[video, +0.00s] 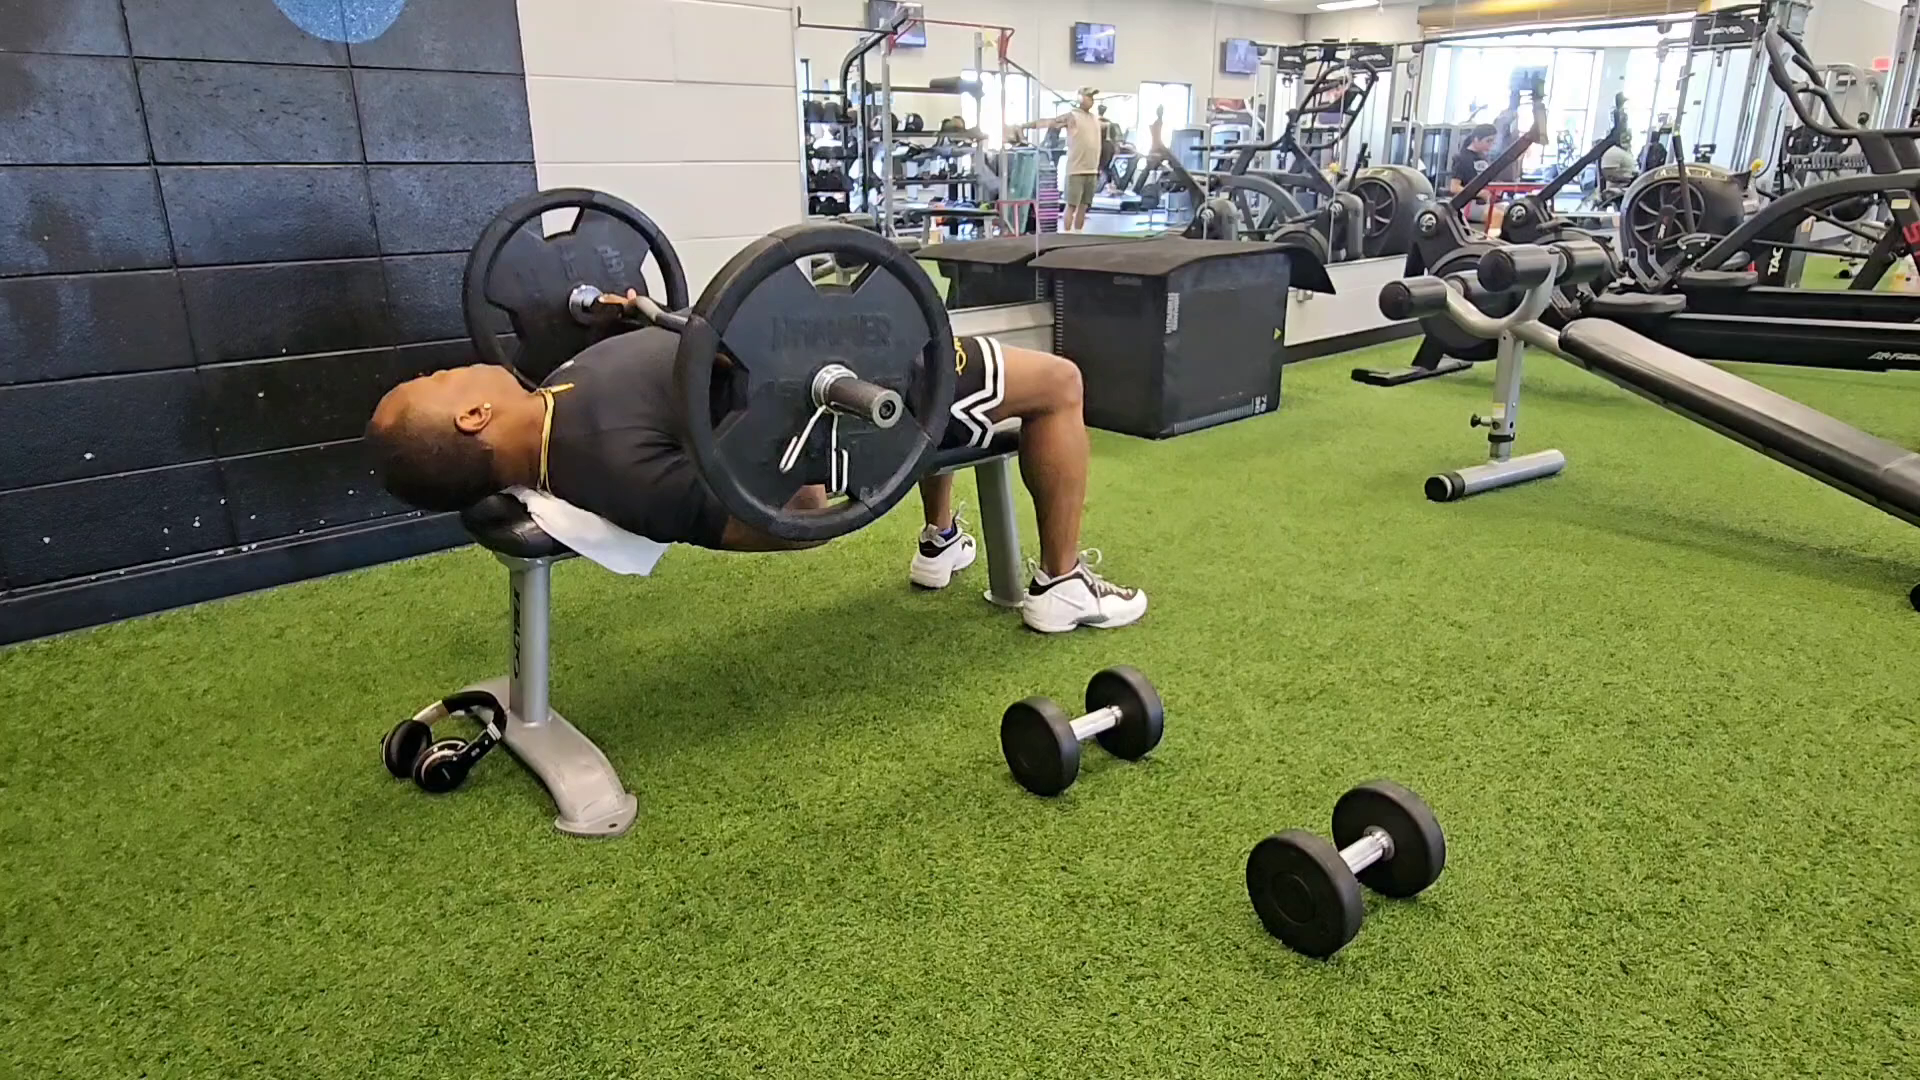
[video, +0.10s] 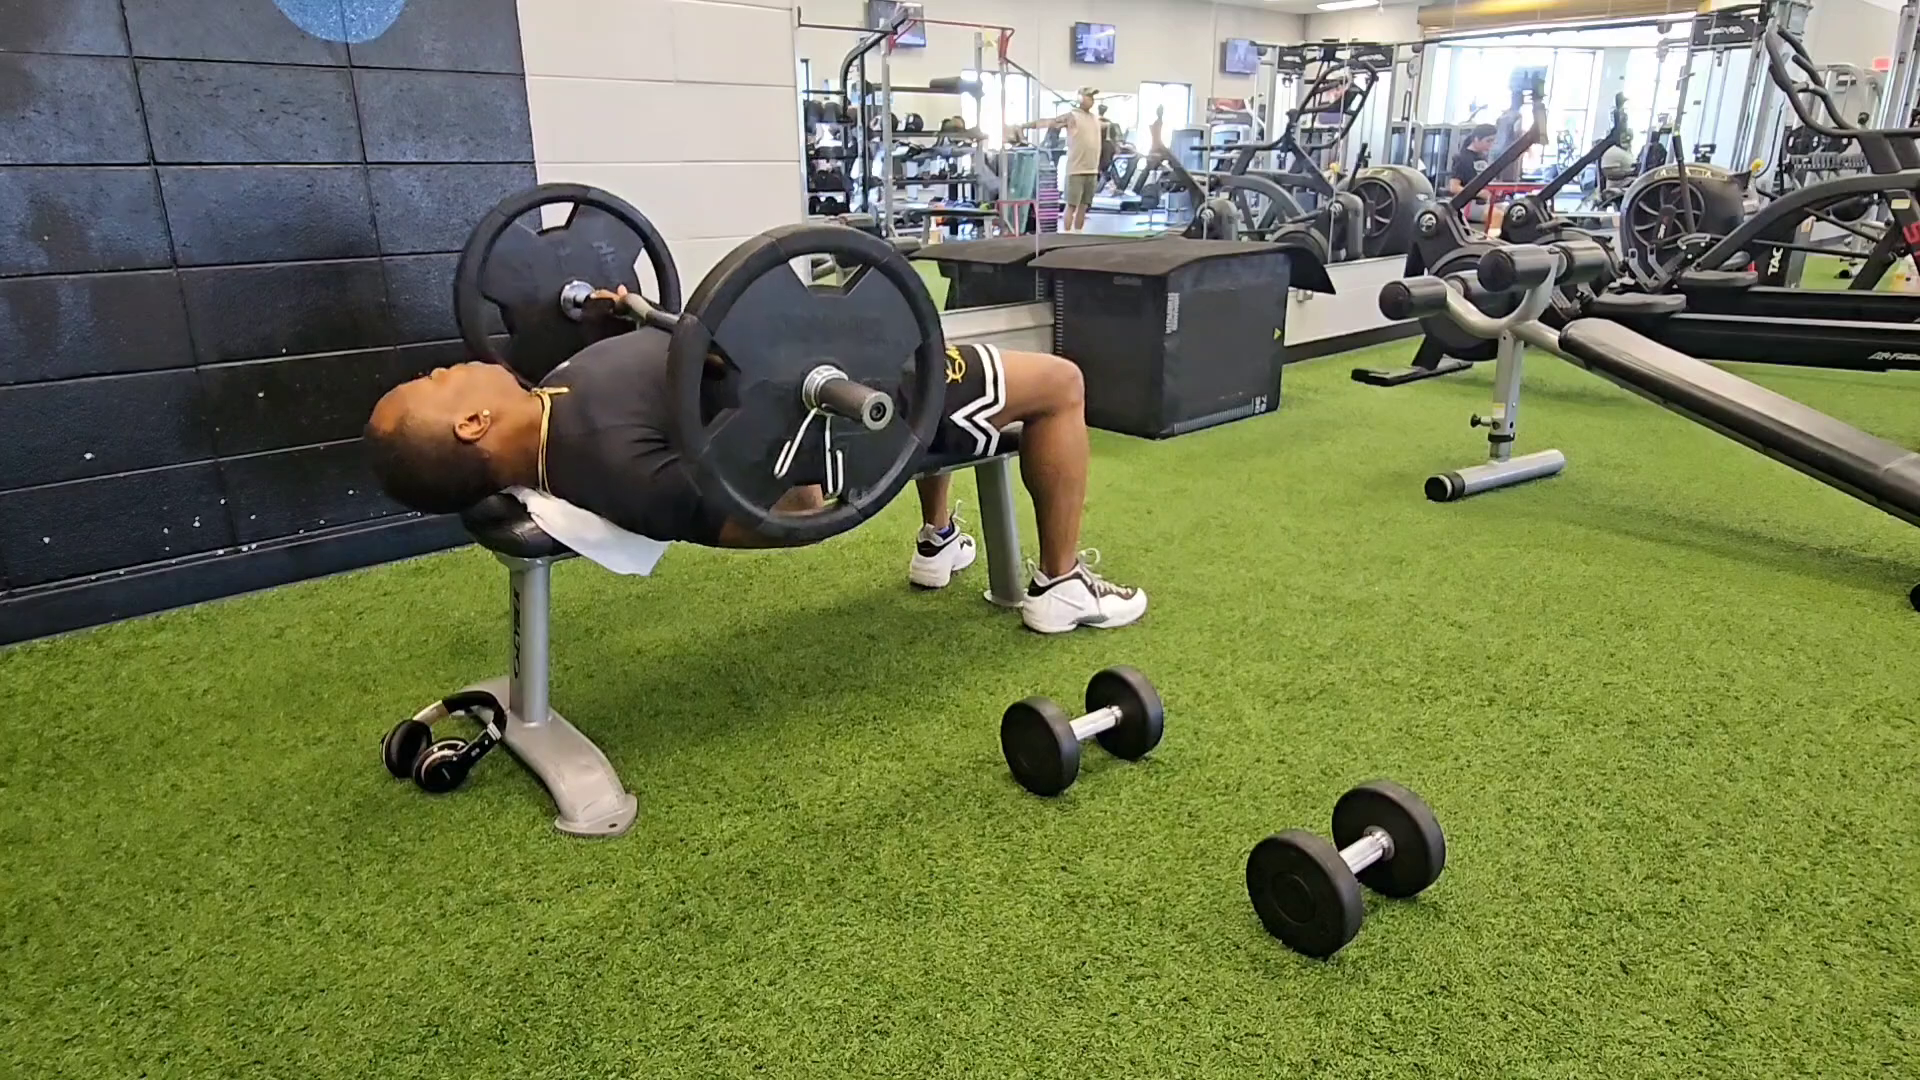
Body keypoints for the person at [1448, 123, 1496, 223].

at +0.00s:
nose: (1491, 146)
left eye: (1492, 141)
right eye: (1488, 141)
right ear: (1476, 140)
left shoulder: (1483, 157)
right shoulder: (1462, 158)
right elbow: (1454, 187)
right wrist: (1478, 193)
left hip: (1485, 202)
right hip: (1468, 204)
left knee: (1509, 209)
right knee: (1498, 215)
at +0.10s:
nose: (1491, 145)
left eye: (1492, 141)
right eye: (1488, 141)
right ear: (1476, 139)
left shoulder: (1483, 157)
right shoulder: (1462, 158)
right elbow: (1454, 187)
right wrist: (1478, 193)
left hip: (1485, 202)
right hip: (1468, 205)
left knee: (1509, 209)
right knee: (1498, 215)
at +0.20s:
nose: (1491, 145)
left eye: (1493, 141)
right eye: (1488, 141)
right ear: (1477, 139)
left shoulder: (1483, 157)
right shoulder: (1462, 158)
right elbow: (1453, 187)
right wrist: (1478, 193)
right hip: (1468, 204)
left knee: (1510, 210)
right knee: (1497, 215)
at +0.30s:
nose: (1491, 146)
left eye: (1492, 141)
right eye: (1489, 141)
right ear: (1477, 139)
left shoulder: (1483, 157)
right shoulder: (1462, 158)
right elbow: (1453, 187)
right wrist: (1477, 193)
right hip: (1469, 204)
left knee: (1511, 212)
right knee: (1498, 215)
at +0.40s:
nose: (1490, 146)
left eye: (1492, 141)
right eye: (1488, 141)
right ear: (1477, 139)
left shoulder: (1483, 157)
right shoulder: (1462, 158)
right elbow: (1453, 187)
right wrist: (1477, 193)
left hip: (1485, 202)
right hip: (1468, 204)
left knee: (1511, 211)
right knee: (1498, 216)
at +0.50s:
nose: (1490, 146)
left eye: (1492, 142)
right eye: (1488, 141)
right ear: (1477, 139)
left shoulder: (1482, 157)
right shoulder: (1462, 158)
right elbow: (1452, 186)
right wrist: (1477, 193)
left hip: (1484, 202)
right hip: (1468, 204)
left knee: (1508, 214)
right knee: (1499, 216)